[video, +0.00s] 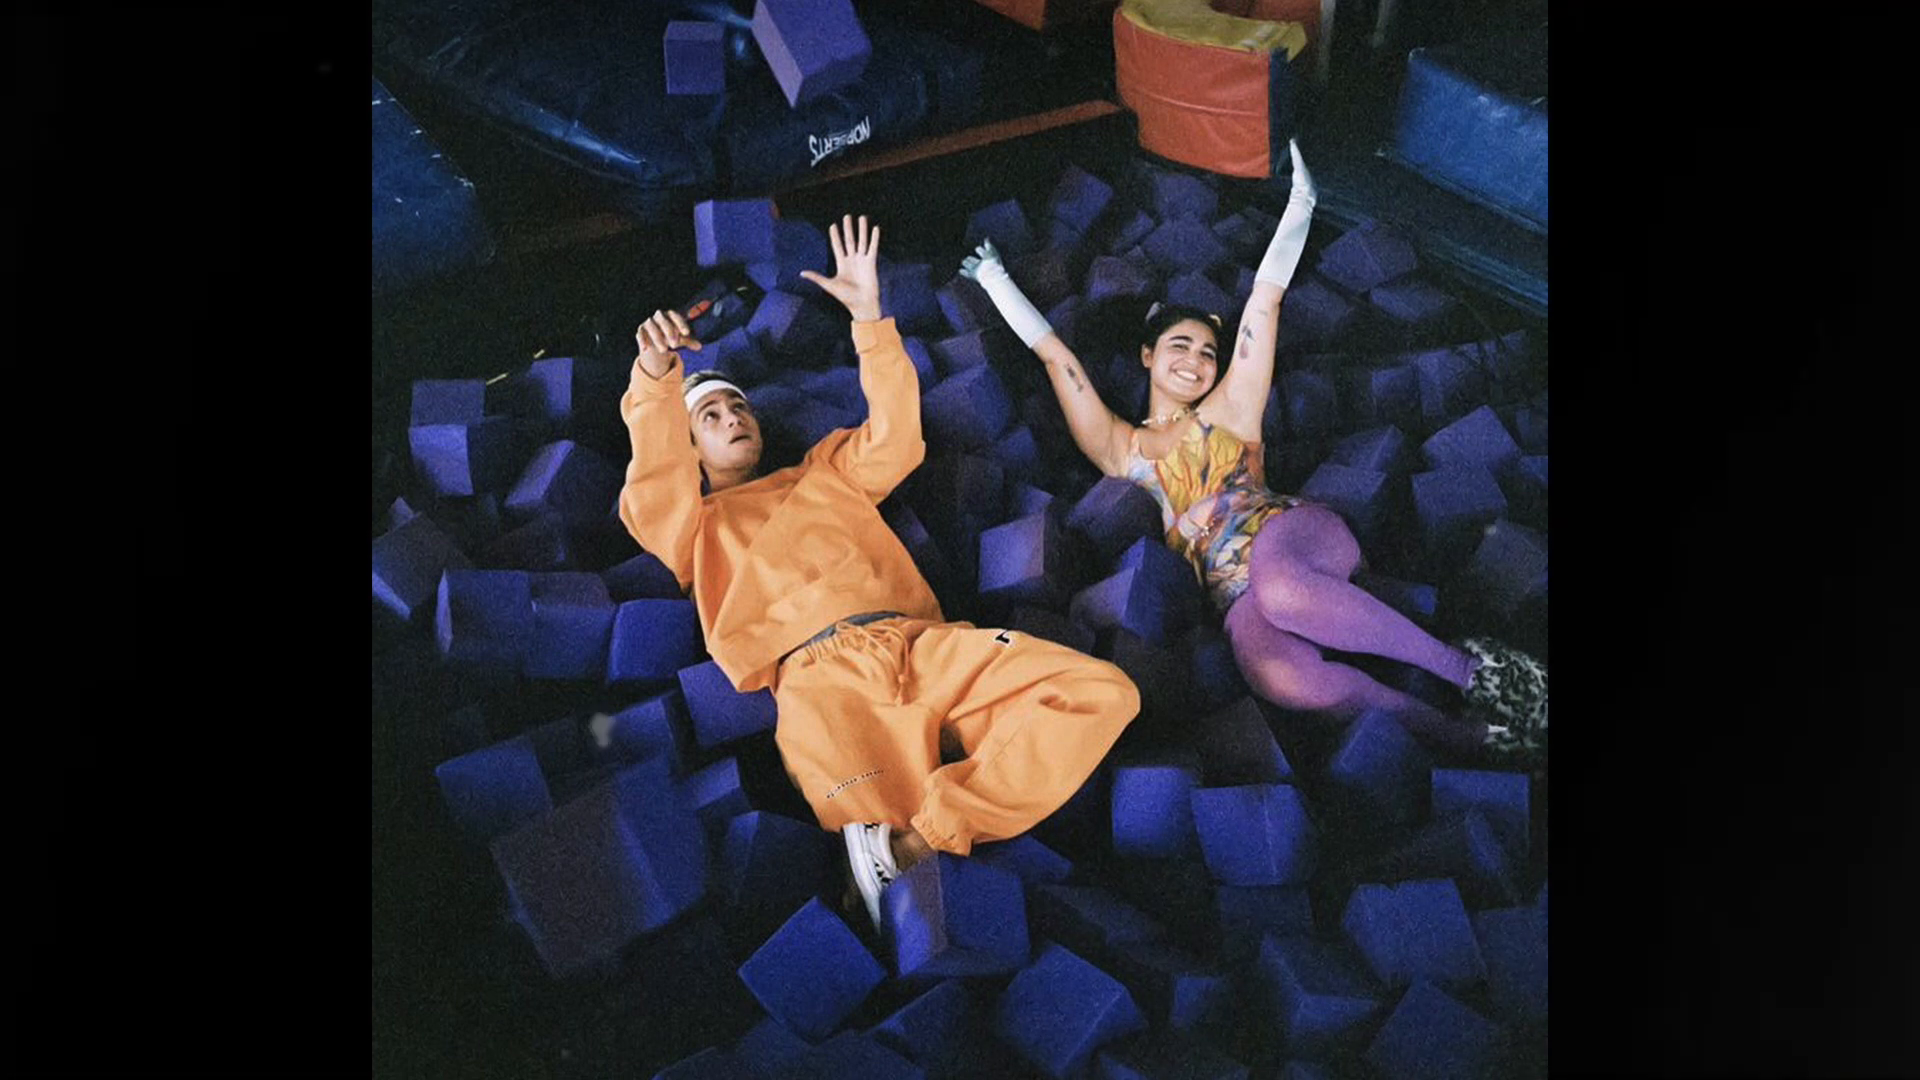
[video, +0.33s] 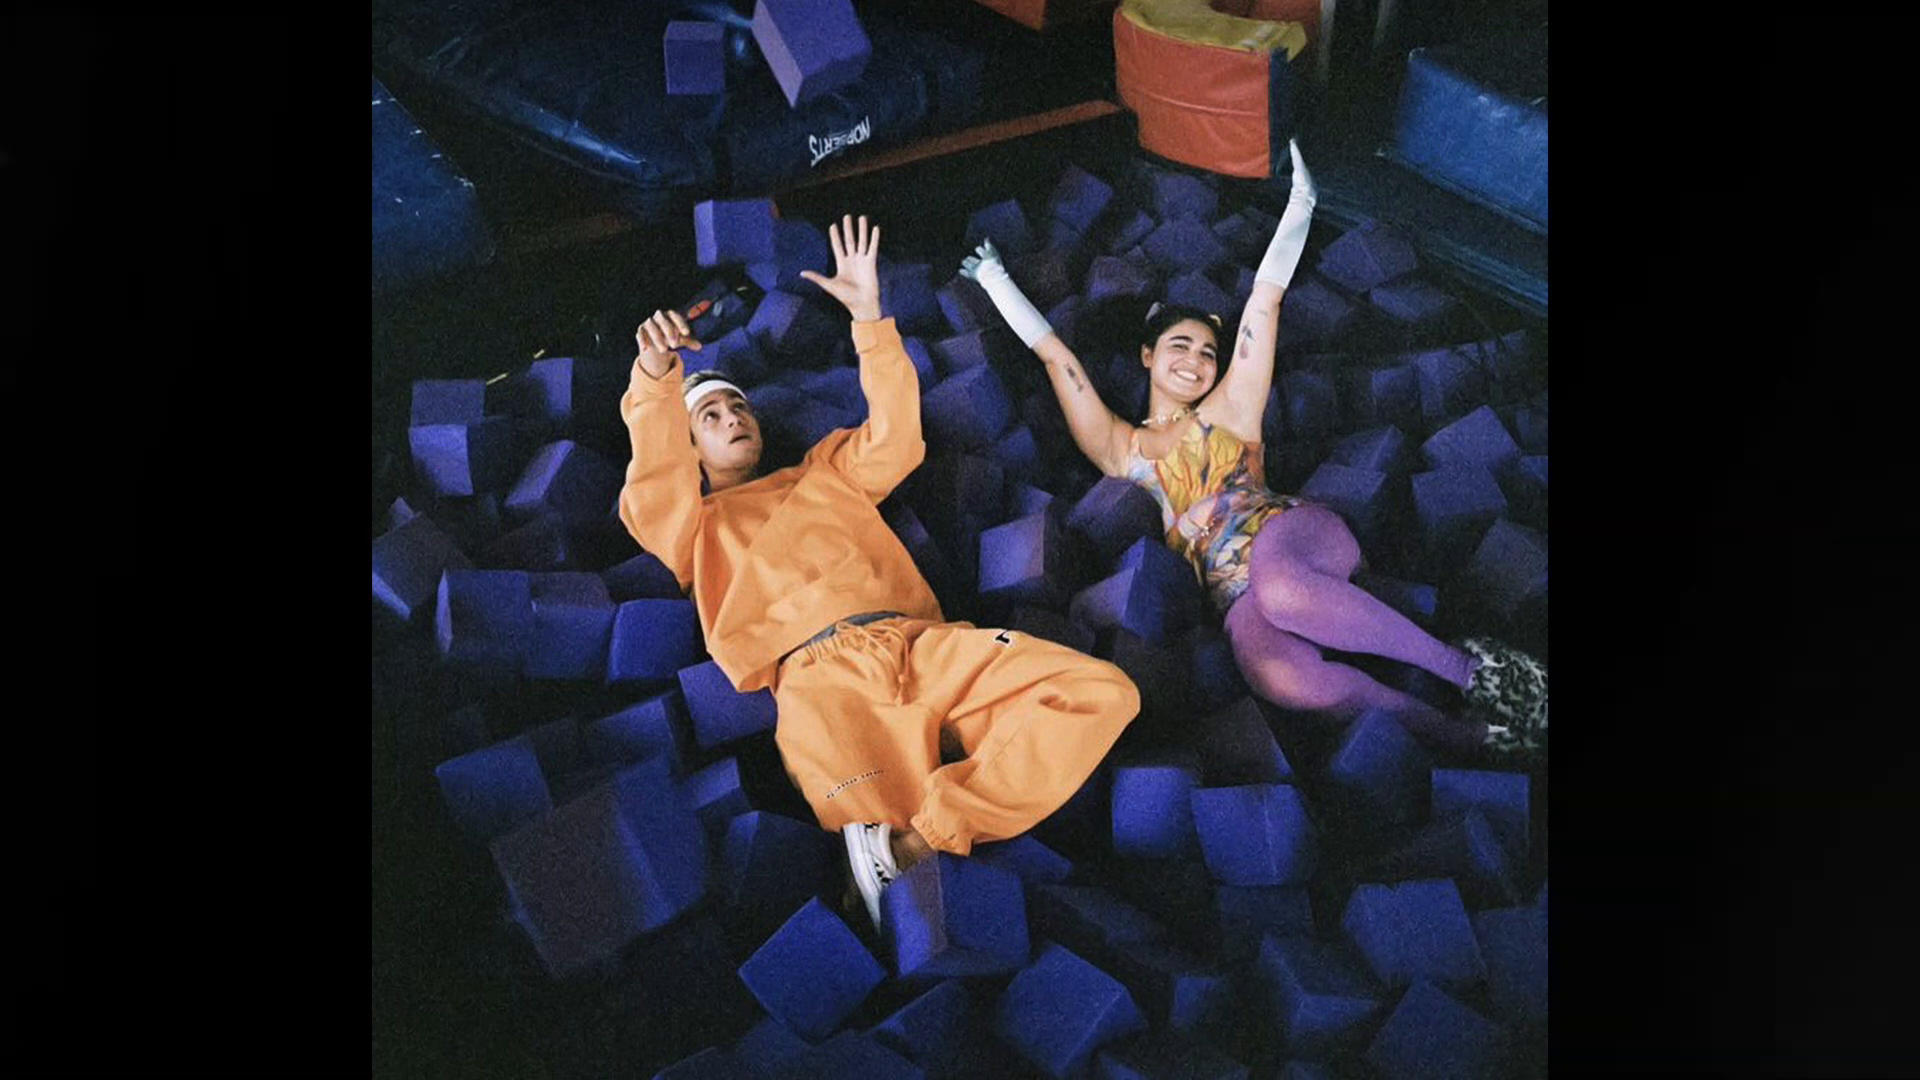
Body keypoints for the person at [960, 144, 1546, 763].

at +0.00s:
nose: (1192, 361)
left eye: (1205, 354)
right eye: (1178, 347)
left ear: (1215, 369)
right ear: (1145, 358)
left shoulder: (1230, 412)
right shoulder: (1123, 448)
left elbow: (1264, 305)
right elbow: (1057, 358)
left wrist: (1298, 209)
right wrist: (991, 277)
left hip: (1288, 532)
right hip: (1239, 598)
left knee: (1278, 592)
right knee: (1286, 680)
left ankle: (1470, 671)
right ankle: (1464, 735)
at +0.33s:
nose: (1190, 359)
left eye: (1204, 353)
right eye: (1176, 346)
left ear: (1216, 370)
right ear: (1145, 358)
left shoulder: (1230, 411)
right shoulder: (1122, 449)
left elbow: (1264, 304)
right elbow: (1057, 359)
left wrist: (1299, 209)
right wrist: (992, 277)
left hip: (1288, 531)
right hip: (1238, 596)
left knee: (1279, 593)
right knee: (1285, 679)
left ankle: (1471, 671)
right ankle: (1463, 734)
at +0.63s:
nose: (1190, 359)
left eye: (1204, 353)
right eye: (1176, 346)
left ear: (1216, 370)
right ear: (1145, 358)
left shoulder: (1230, 411)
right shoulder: (1122, 449)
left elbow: (1264, 305)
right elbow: (1057, 359)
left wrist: (1298, 209)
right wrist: (992, 277)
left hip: (1289, 531)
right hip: (1238, 596)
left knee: (1279, 593)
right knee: (1285, 679)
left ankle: (1471, 671)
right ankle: (1464, 734)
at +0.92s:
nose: (1190, 359)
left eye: (1204, 353)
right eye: (1176, 346)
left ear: (1216, 370)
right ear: (1145, 358)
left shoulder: (1230, 411)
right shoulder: (1122, 449)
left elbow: (1264, 305)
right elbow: (1057, 359)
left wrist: (1298, 209)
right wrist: (992, 277)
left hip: (1288, 531)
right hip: (1238, 596)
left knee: (1279, 593)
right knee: (1285, 679)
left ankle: (1471, 671)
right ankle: (1462, 734)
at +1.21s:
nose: (1192, 359)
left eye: (1205, 353)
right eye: (1177, 346)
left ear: (1217, 370)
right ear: (1145, 358)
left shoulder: (1230, 411)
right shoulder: (1123, 448)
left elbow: (1264, 305)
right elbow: (1057, 359)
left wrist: (1298, 209)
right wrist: (992, 278)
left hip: (1288, 531)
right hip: (1239, 597)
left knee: (1279, 593)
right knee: (1285, 679)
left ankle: (1471, 670)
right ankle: (1461, 732)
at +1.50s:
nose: (1191, 360)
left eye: (1205, 354)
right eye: (1177, 346)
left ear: (1217, 370)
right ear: (1145, 357)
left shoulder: (1230, 411)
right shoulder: (1122, 448)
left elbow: (1264, 305)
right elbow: (1058, 359)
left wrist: (1298, 209)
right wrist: (992, 278)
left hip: (1288, 531)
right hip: (1238, 596)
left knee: (1280, 593)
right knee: (1287, 680)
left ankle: (1472, 671)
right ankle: (1462, 733)